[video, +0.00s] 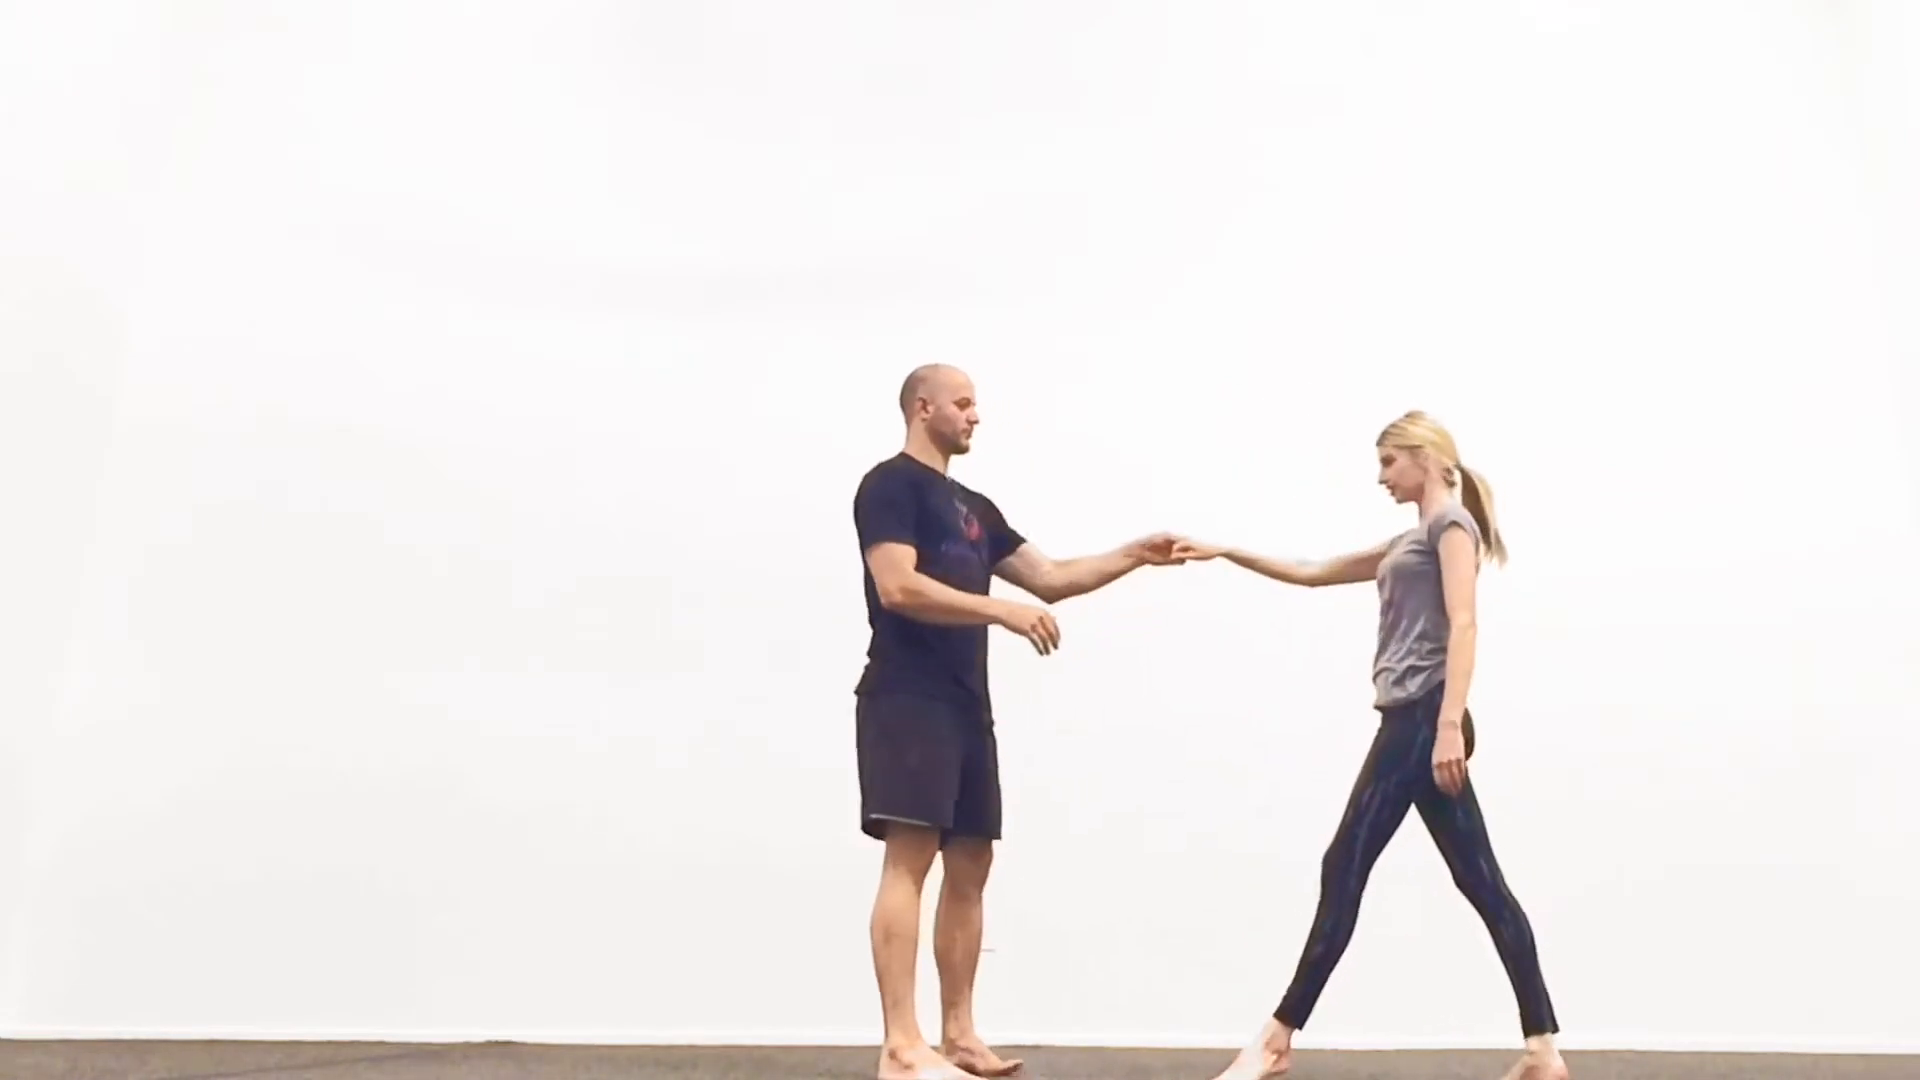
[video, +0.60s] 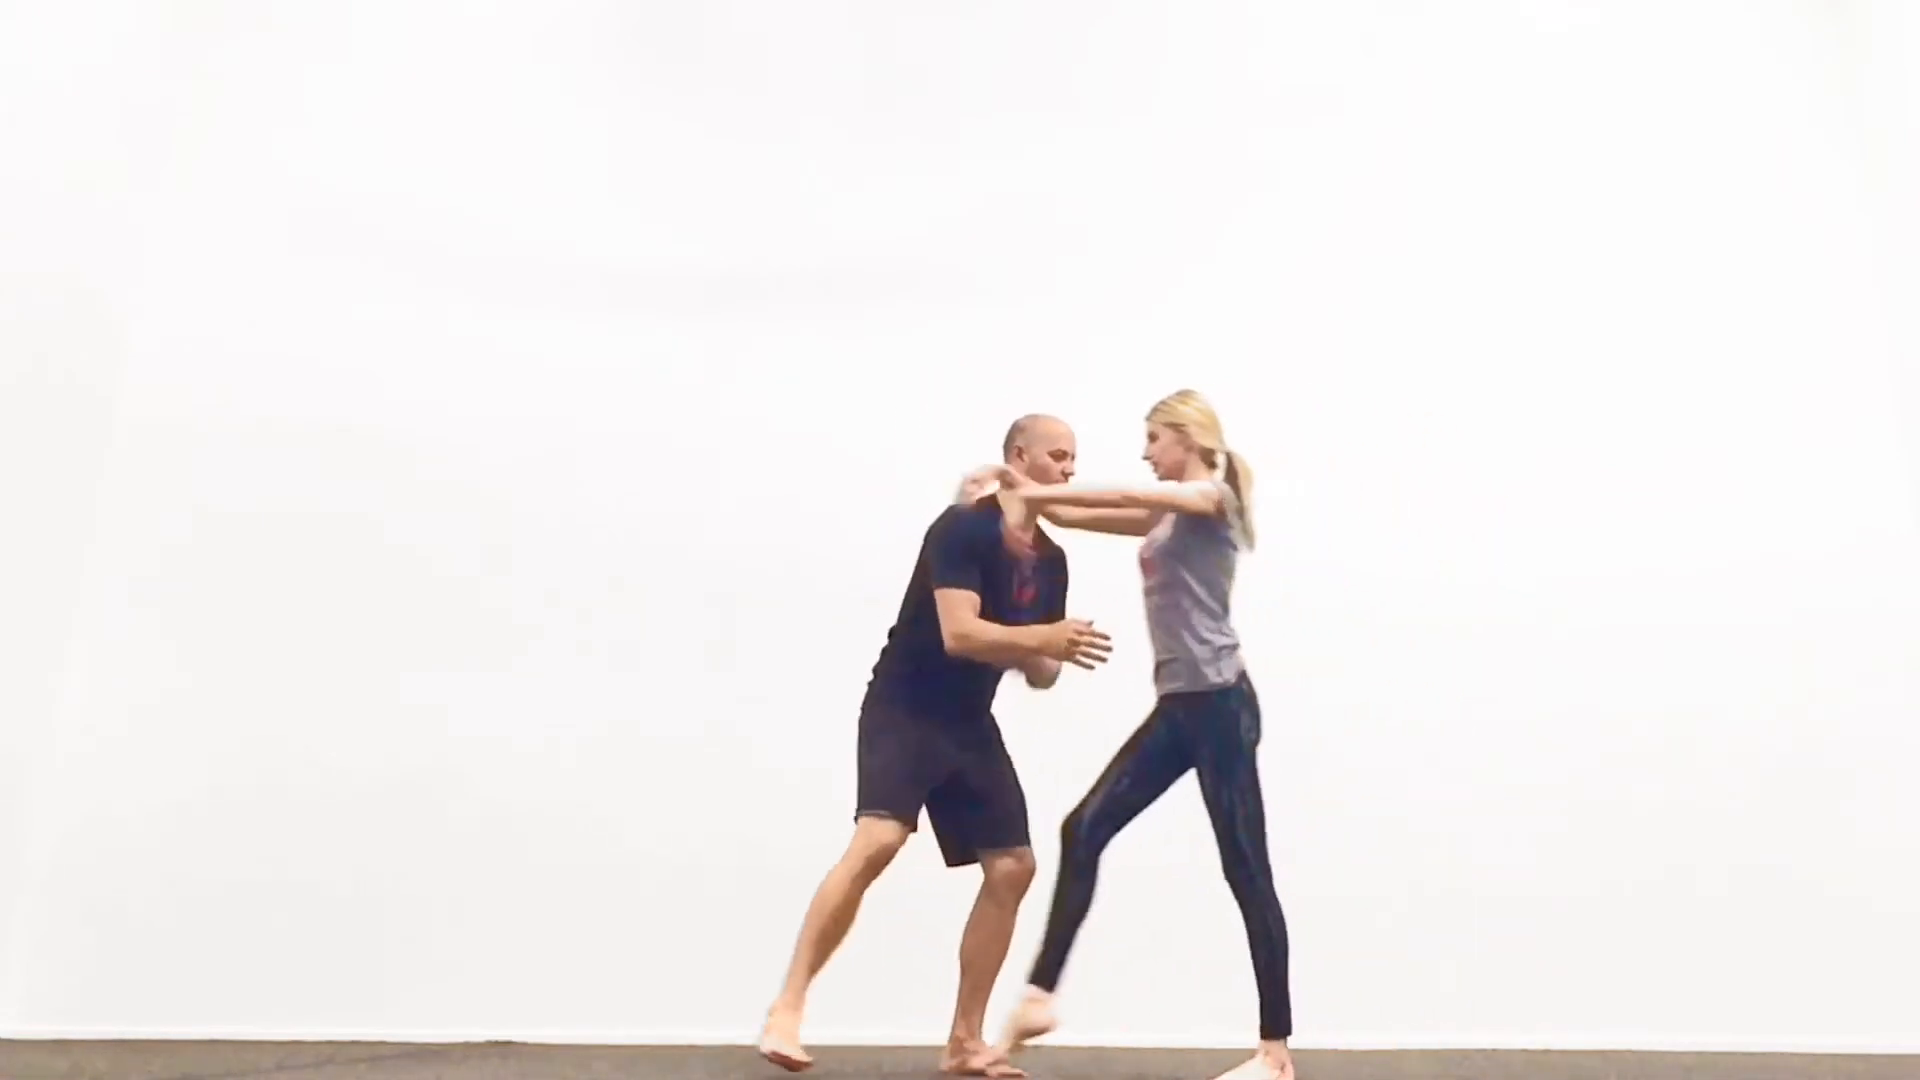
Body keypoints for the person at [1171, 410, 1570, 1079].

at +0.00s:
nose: (1383, 474)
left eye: (1390, 460)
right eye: (1382, 463)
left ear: (1429, 460)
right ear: (1422, 464)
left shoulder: (1451, 528)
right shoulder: (1412, 541)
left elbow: (1464, 626)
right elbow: (1310, 571)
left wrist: (1449, 723)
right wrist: (1221, 551)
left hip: (1417, 717)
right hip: (1419, 717)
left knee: (1344, 864)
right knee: (1484, 884)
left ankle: (1277, 1038)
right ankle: (1542, 1045)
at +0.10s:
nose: (1356, 467)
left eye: (1364, 454)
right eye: (1356, 456)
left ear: (1402, 455)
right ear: (1395, 459)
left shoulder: (1422, 524)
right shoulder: (1379, 536)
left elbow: (1436, 620)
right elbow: (1286, 573)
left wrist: (1422, 713)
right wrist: (1199, 552)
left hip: (1390, 715)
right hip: (1386, 714)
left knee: (1330, 869)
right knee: (1449, 880)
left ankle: (1279, 1050)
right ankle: (1533, 1037)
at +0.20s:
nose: (1320, 461)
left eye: (1327, 448)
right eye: (1320, 450)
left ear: (1364, 449)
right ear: (1355, 454)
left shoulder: (1382, 514)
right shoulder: (1345, 527)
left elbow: (1393, 603)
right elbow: (1253, 571)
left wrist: (1368, 696)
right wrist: (1167, 551)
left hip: (1346, 706)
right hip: (1340, 706)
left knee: (1312, 874)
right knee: (1371, 882)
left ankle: (1280, 1051)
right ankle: (1492, 1011)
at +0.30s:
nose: (1281, 456)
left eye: (1289, 444)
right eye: (1282, 445)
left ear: (1323, 448)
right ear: (1319, 449)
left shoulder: (1344, 510)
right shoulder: (1308, 520)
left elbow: (1342, 586)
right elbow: (1217, 565)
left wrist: (1287, 661)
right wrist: (1141, 547)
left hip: (1322, 699)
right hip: (1296, 701)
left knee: (1300, 877)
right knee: (1267, 874)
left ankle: (1279, 1052)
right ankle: (1393, 987)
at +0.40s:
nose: (1240, 451)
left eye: (1247, 438)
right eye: (1240, 440)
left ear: (1282, 440)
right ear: (1272, 446)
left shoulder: (1305, 505)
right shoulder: (1259, 519)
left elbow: (1284, 555)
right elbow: (1171, 550)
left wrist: (1199, 604)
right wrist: (1105, 521)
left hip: (1290, 705)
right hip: (1252, 706)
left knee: (1288, 873)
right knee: (1172, 846)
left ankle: (1279, 1054)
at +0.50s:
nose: (1195, 448)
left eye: (1203, 436)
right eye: (1196, 437)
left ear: (1236, 439)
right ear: (1231, 441)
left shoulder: (1263, 497)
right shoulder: (1221, 510)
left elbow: (1209, 522)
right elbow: (1123, 531)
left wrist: (1110, 540)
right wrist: (1064, 490)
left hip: (1255, 703)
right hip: (1217, 704)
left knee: (1267, 873)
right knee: (1117, 827)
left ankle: (1277, 1049)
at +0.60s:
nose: (1148, 450)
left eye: (1155, 438)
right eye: (1148, 440)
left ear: (1189, 439)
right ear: (1184, 441)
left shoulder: (1212, 495)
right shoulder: (1169, 511)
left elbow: (1129, 499)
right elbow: (1077, 517)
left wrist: (1030, 492)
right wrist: (1007, 484)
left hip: (1221, 704)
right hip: (1177, 708)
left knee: (1247, 871)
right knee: (1083, 830)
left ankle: (1276, 1048)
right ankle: (1039, 997)